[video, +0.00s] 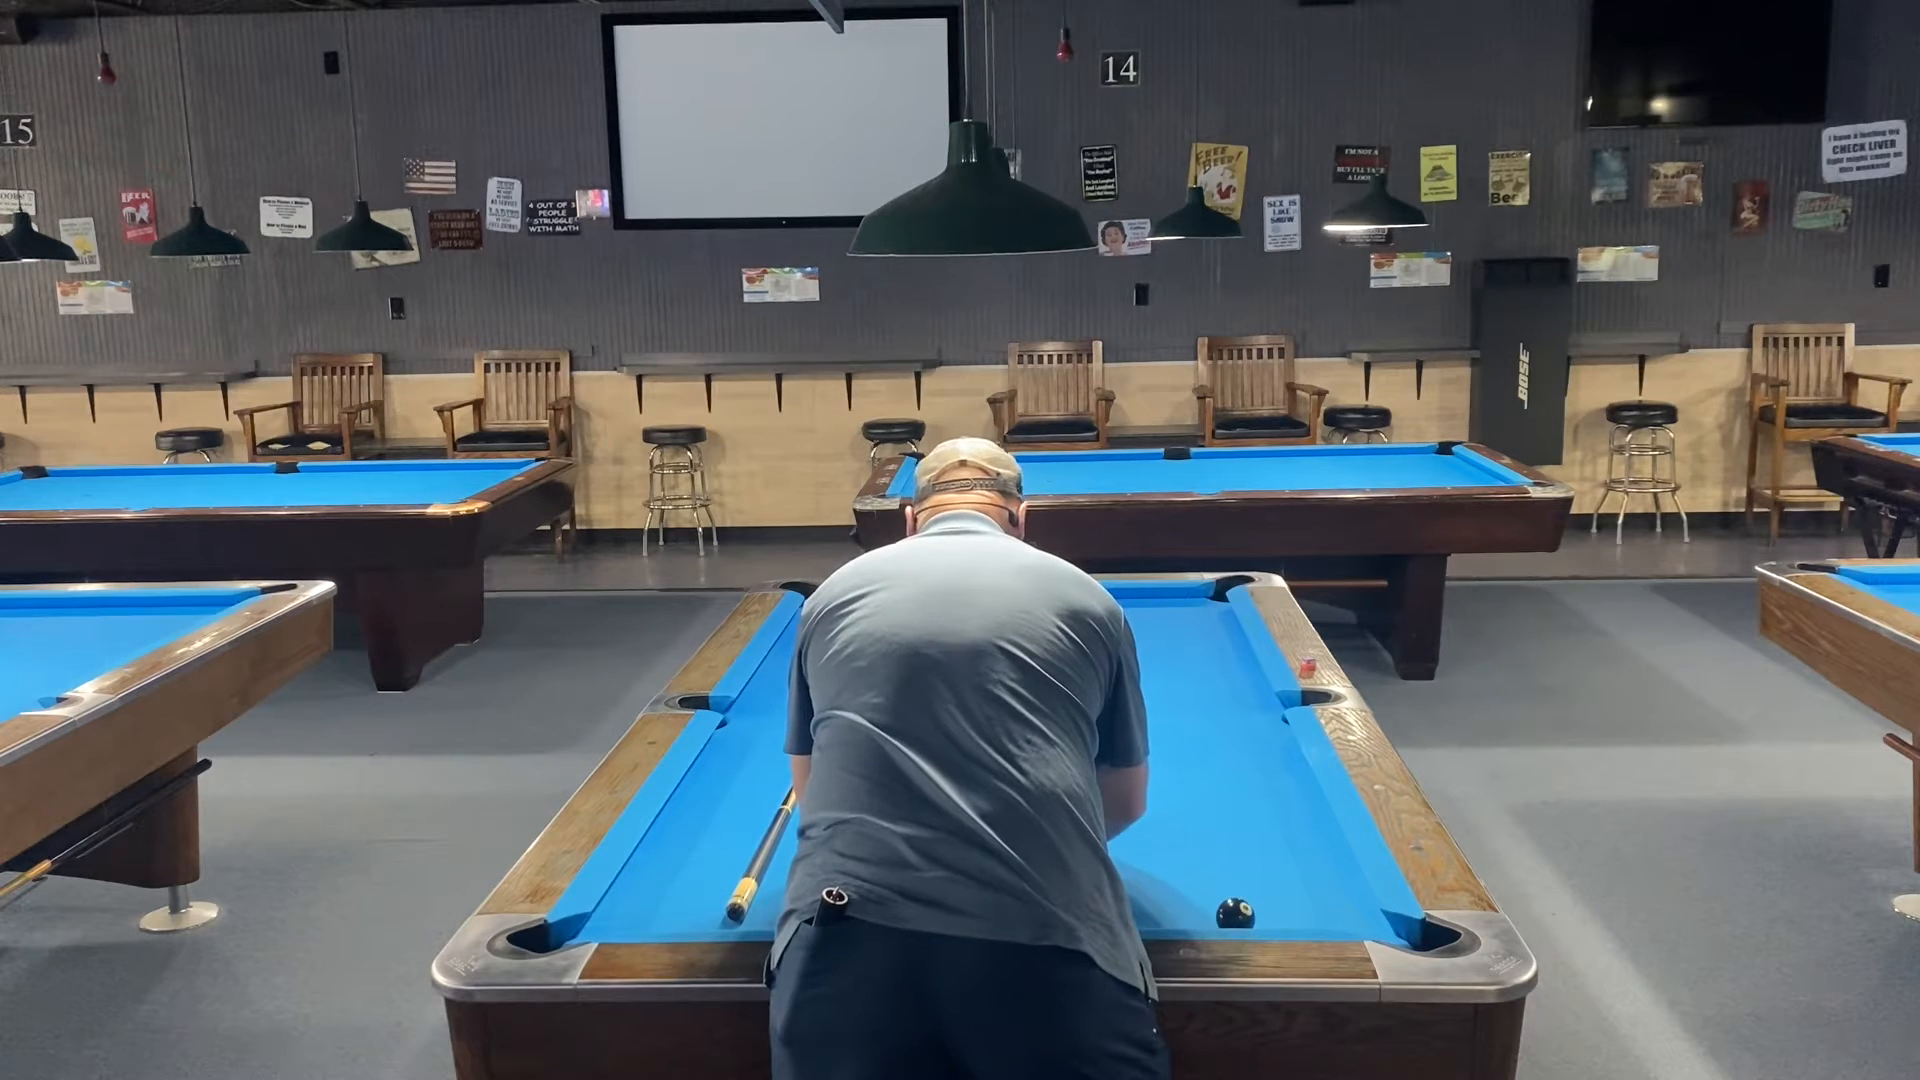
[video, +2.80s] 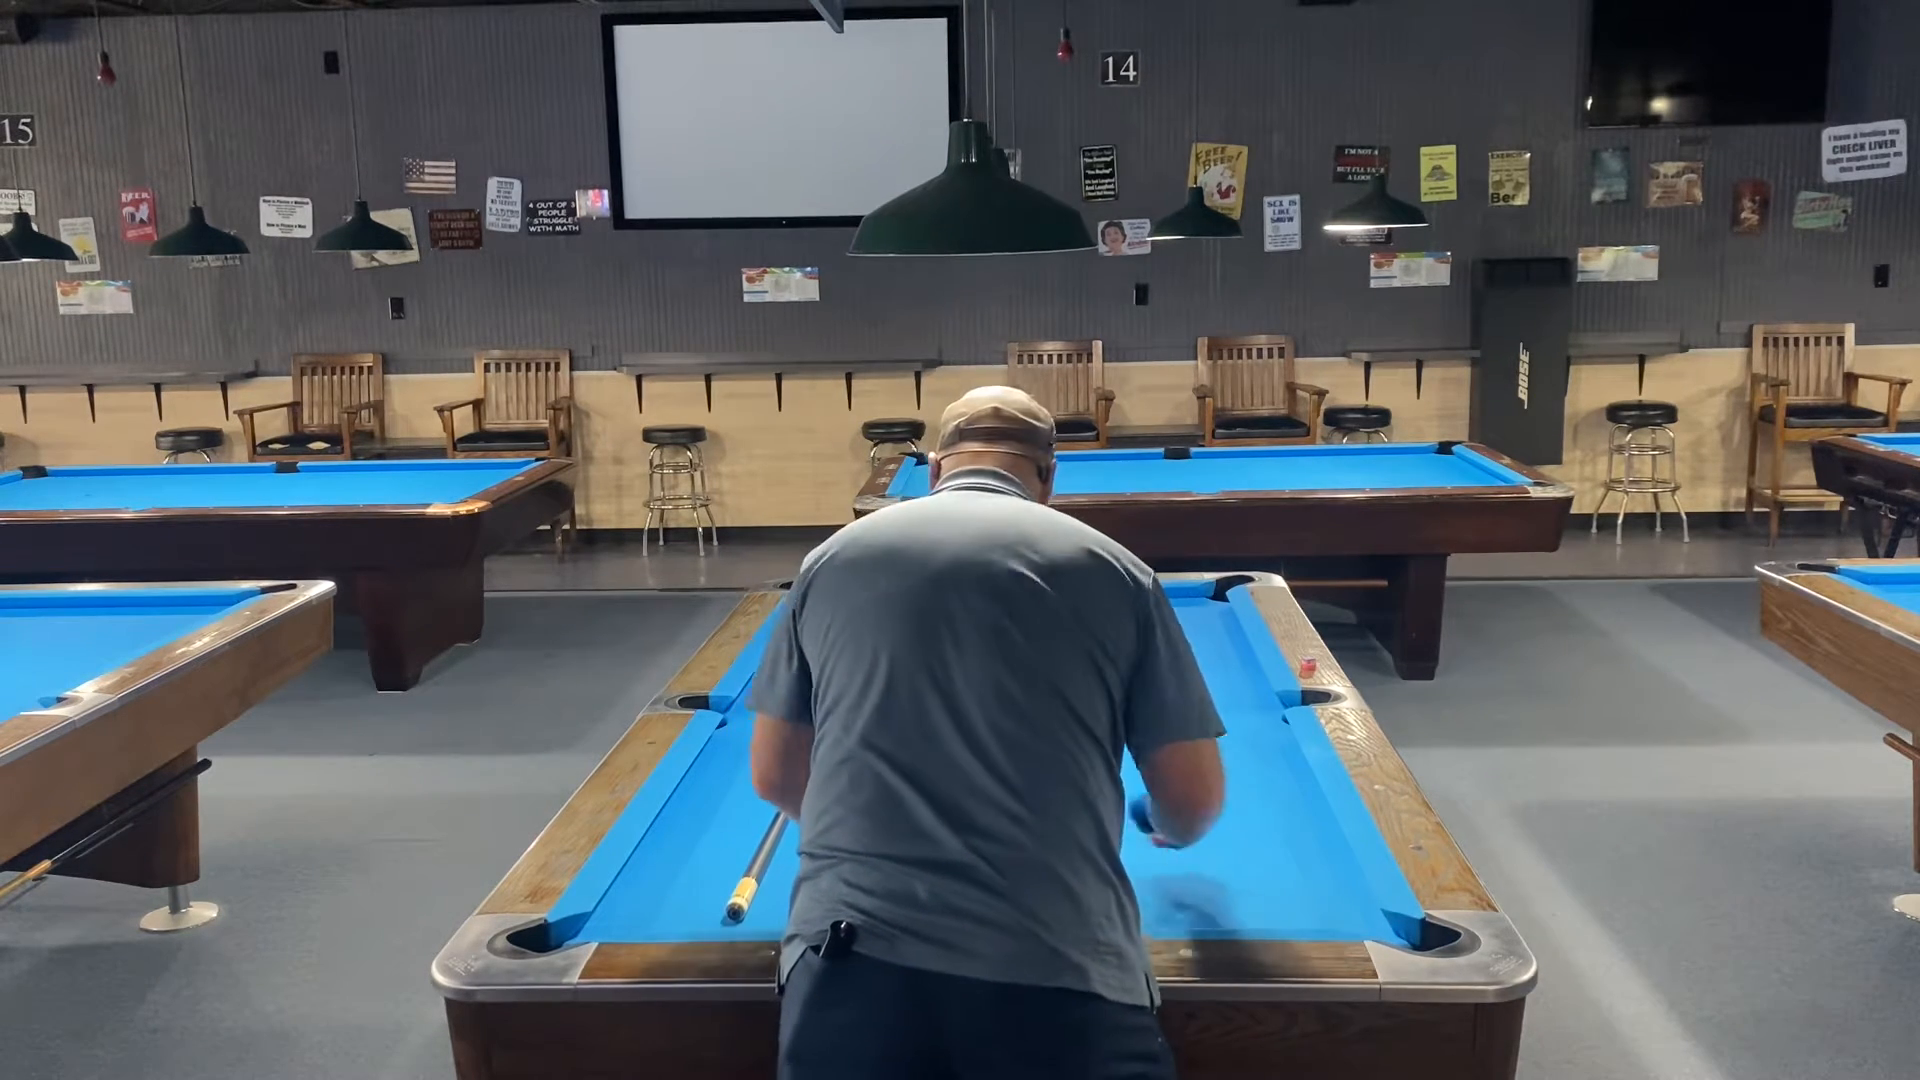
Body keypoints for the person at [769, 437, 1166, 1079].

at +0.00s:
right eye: (1020, 509)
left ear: (911, 518)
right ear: (1018, 514)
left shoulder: (834, 591)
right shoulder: (1088, 597)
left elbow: (809, 786)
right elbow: (1123, 798)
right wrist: (1028, 845)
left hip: (846, 955)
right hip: (1050, 962)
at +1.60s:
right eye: (1033, 490)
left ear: (915, 491)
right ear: (1024, 493)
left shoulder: (825, 562)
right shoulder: (1099, 578)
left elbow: (767, 774)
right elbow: (1158, 784)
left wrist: (857, 819)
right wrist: (1096, 776)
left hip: (846, 968)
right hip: (1052, 977)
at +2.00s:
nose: (1044, 485)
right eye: (1041, 470)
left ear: (914, 461)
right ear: (1027, 462)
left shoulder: (809, 552)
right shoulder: (1101, 561)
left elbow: (761, 778)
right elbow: (1176, 789)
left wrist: (846, 831)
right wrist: (1154, 831)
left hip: (844, 987)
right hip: (1053, 1005)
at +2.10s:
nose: (1049, 490)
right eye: (1046, 470)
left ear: (916, 460)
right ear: (1027, 452)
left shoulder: (810, 551)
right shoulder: (1099, 557)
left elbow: (769, 780)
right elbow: (1183, 804)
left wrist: (854, 829)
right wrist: (1210, 806)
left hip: (841, 997)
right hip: (1051, 1007)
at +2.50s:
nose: (1052, 477)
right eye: (1054, 464)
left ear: (938, 453)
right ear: (1052, 458)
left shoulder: (833, 549)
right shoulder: (1117, 562)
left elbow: (792, 772)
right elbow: (1214, 782)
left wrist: (880, 831)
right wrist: (1235, 881)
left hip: (848, 986)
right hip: (1056, 1005)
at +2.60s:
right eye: (1052, 468)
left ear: (939, 458)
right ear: (1051, 463)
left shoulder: (837, 550)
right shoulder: (1120, 566)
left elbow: (783, 772)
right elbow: (1211, 789)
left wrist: (870, 835)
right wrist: (1234, 863)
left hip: (851, 982)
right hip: (1060, 1000)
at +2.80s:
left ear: (935, 469)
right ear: (1045, 478)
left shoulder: (836, 557)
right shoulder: (1117, 573)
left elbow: (777, 772)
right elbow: (1192, 798)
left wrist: (861, 819)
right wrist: (1163, 822)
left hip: (854, 979)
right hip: (1066, 994)